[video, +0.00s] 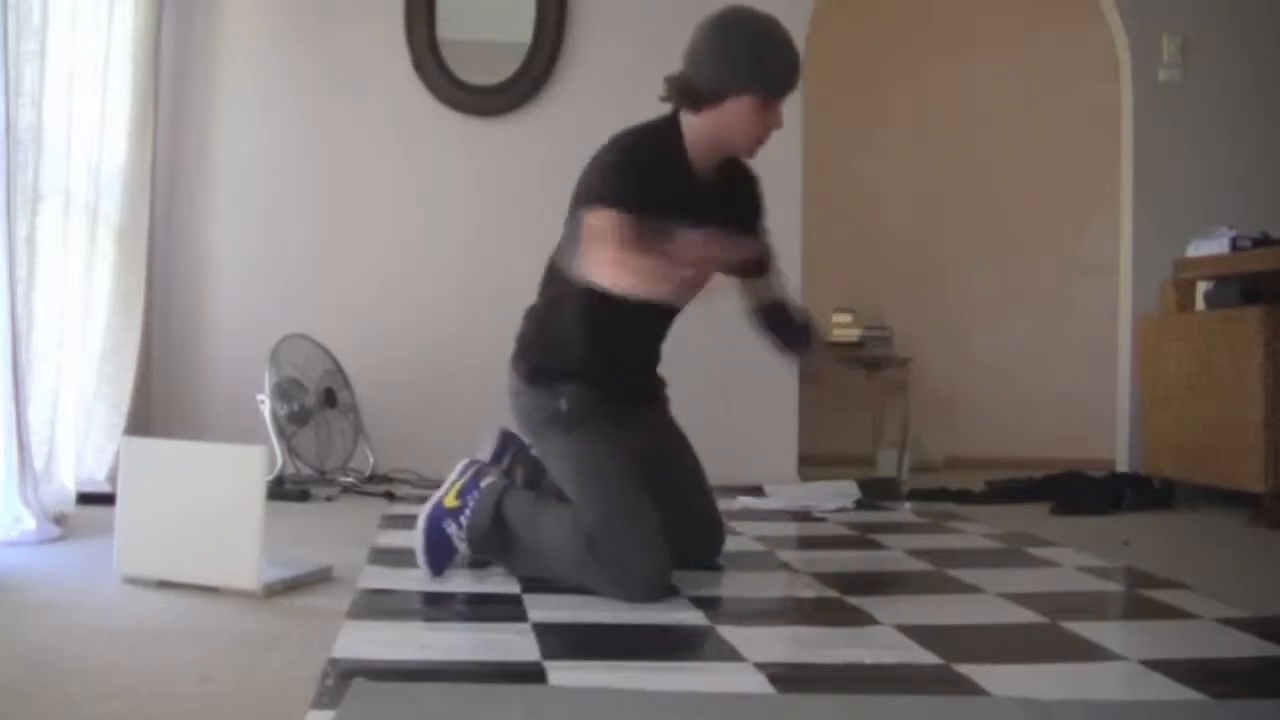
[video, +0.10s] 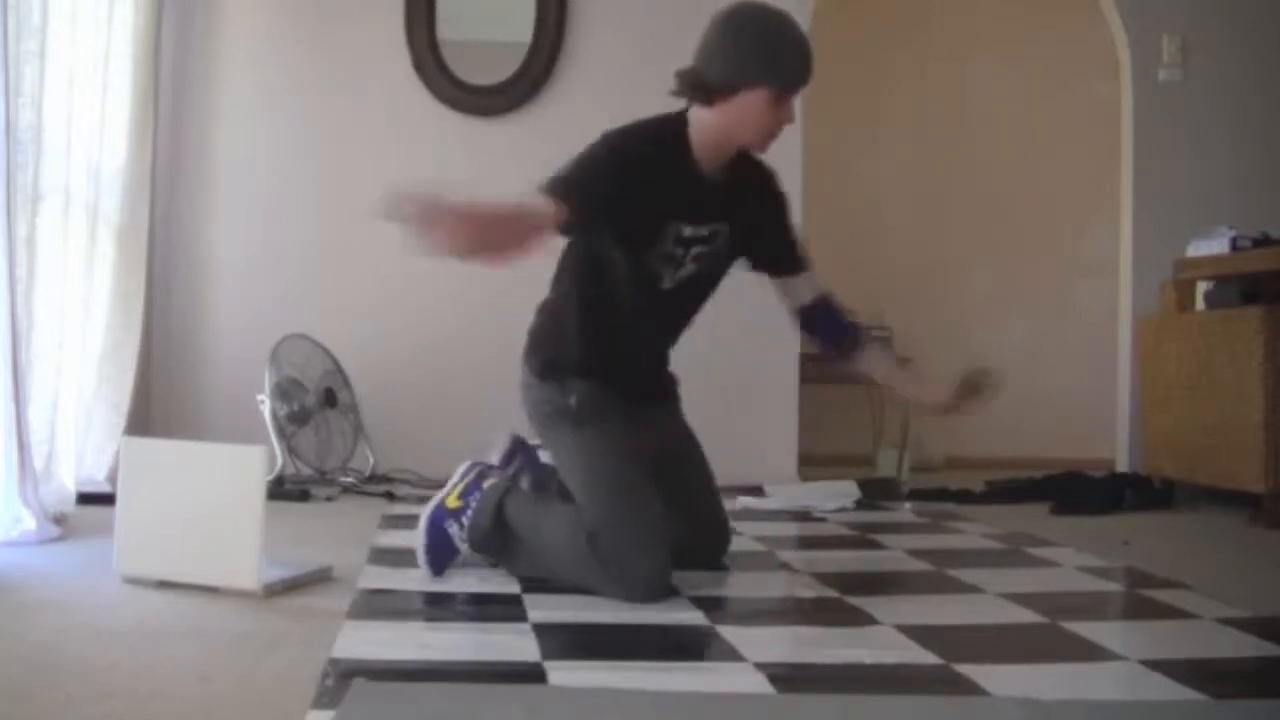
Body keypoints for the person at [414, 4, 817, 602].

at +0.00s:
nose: (777, 124)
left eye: (780, 106)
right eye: (771, 104)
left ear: (740, 98)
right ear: (729, 94)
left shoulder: (736, 185)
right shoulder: (630, 159)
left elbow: (758, 281)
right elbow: (599, 260)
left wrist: (783, 322)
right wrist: (695, 272)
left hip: (632, 388)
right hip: (557, 388)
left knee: (696, 545)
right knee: (638, 575)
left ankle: (531, 478)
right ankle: (488, 507)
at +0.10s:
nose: (788, 121)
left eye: (792, 104)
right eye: (783, 101)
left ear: (753, 98)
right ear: (742, 91)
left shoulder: (752, 188)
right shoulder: (636, 154)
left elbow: (816, 315)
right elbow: (536, 218)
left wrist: (913, 388)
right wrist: (469, 228)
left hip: (644, 388)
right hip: (570, 387)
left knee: (702, 546)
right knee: (638, 575)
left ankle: (539, 485)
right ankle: (491, 507)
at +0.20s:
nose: (803, 110)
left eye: (809, 95)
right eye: (794, 90)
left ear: (780, 96)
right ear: (740, 78)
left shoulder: (773, 183)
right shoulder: (632, 146)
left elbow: (821, 312)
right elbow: (494, 201)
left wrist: (900, 382)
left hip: (665, 386)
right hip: (587, 378)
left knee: (712, 545)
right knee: (640, 577)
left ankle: (532, 495)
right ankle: (491, 517)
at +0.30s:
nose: (813, 114)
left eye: (818, 97)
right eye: (807, 93)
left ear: (781, 90)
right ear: (758, 78)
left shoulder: (782, 179)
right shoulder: (634, 138)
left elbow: (778, 317)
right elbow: (508, 196)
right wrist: (385, 214)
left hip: (675, 386)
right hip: (597, 377)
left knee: (720, 546)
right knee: (638, 572)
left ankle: (559, 488)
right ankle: (490, 519)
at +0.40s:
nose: (821, 118)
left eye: (825, 101)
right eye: (814, 96)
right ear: (763, 76)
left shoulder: (790, 183)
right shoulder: (645, 125)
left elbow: (719, 289)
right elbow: (552, 187)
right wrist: (451, 196)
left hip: (677, 383)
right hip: (600, 373)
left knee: (728, 545)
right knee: (639, 573)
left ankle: (568, 498)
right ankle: (492, 517)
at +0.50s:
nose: (827, 126)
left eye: (834, 110)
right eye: (822, 102)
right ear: (773, 81)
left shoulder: (795, 193)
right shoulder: (654, 122)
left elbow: (710, 286)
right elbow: (565, 176)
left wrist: (609, 327)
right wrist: (465, 172)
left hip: (680, 381)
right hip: (603, 372)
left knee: (731, 545)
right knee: (637, 571)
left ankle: (567, 498)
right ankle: (490, 518)